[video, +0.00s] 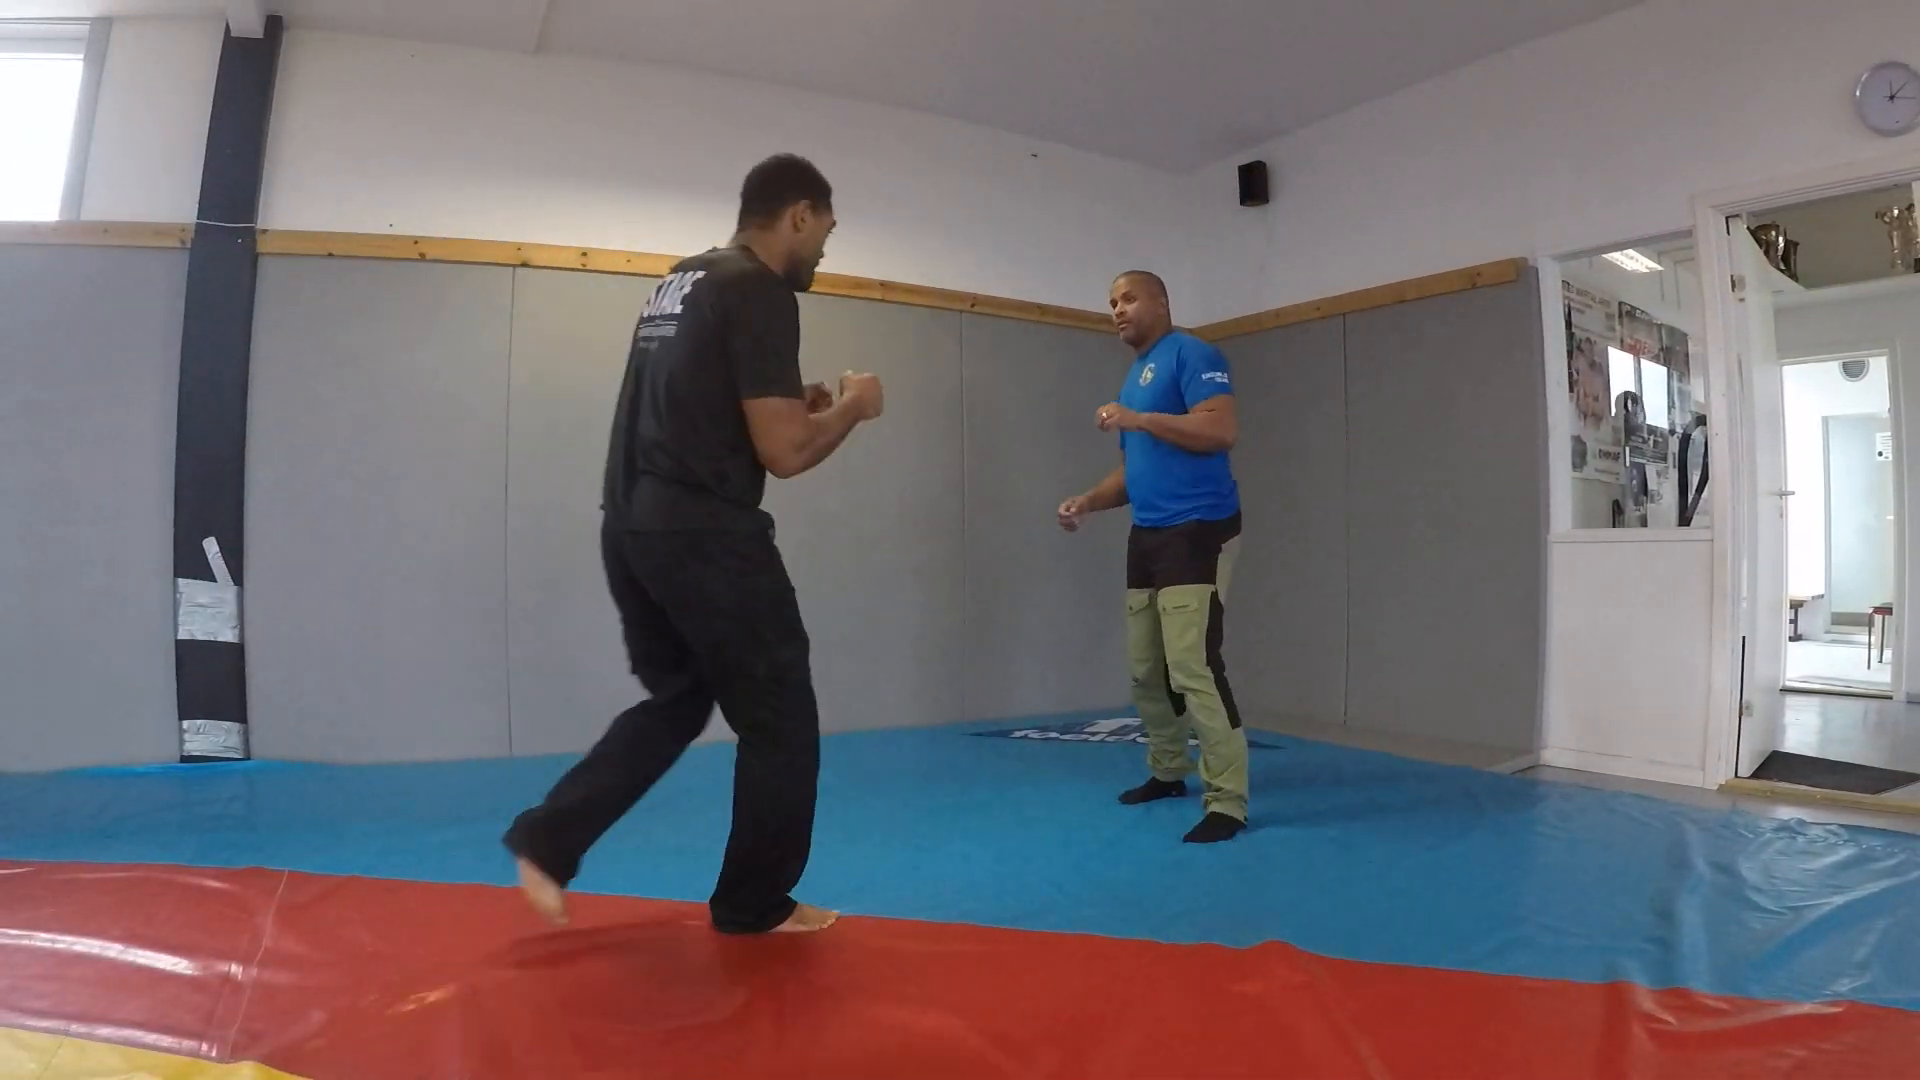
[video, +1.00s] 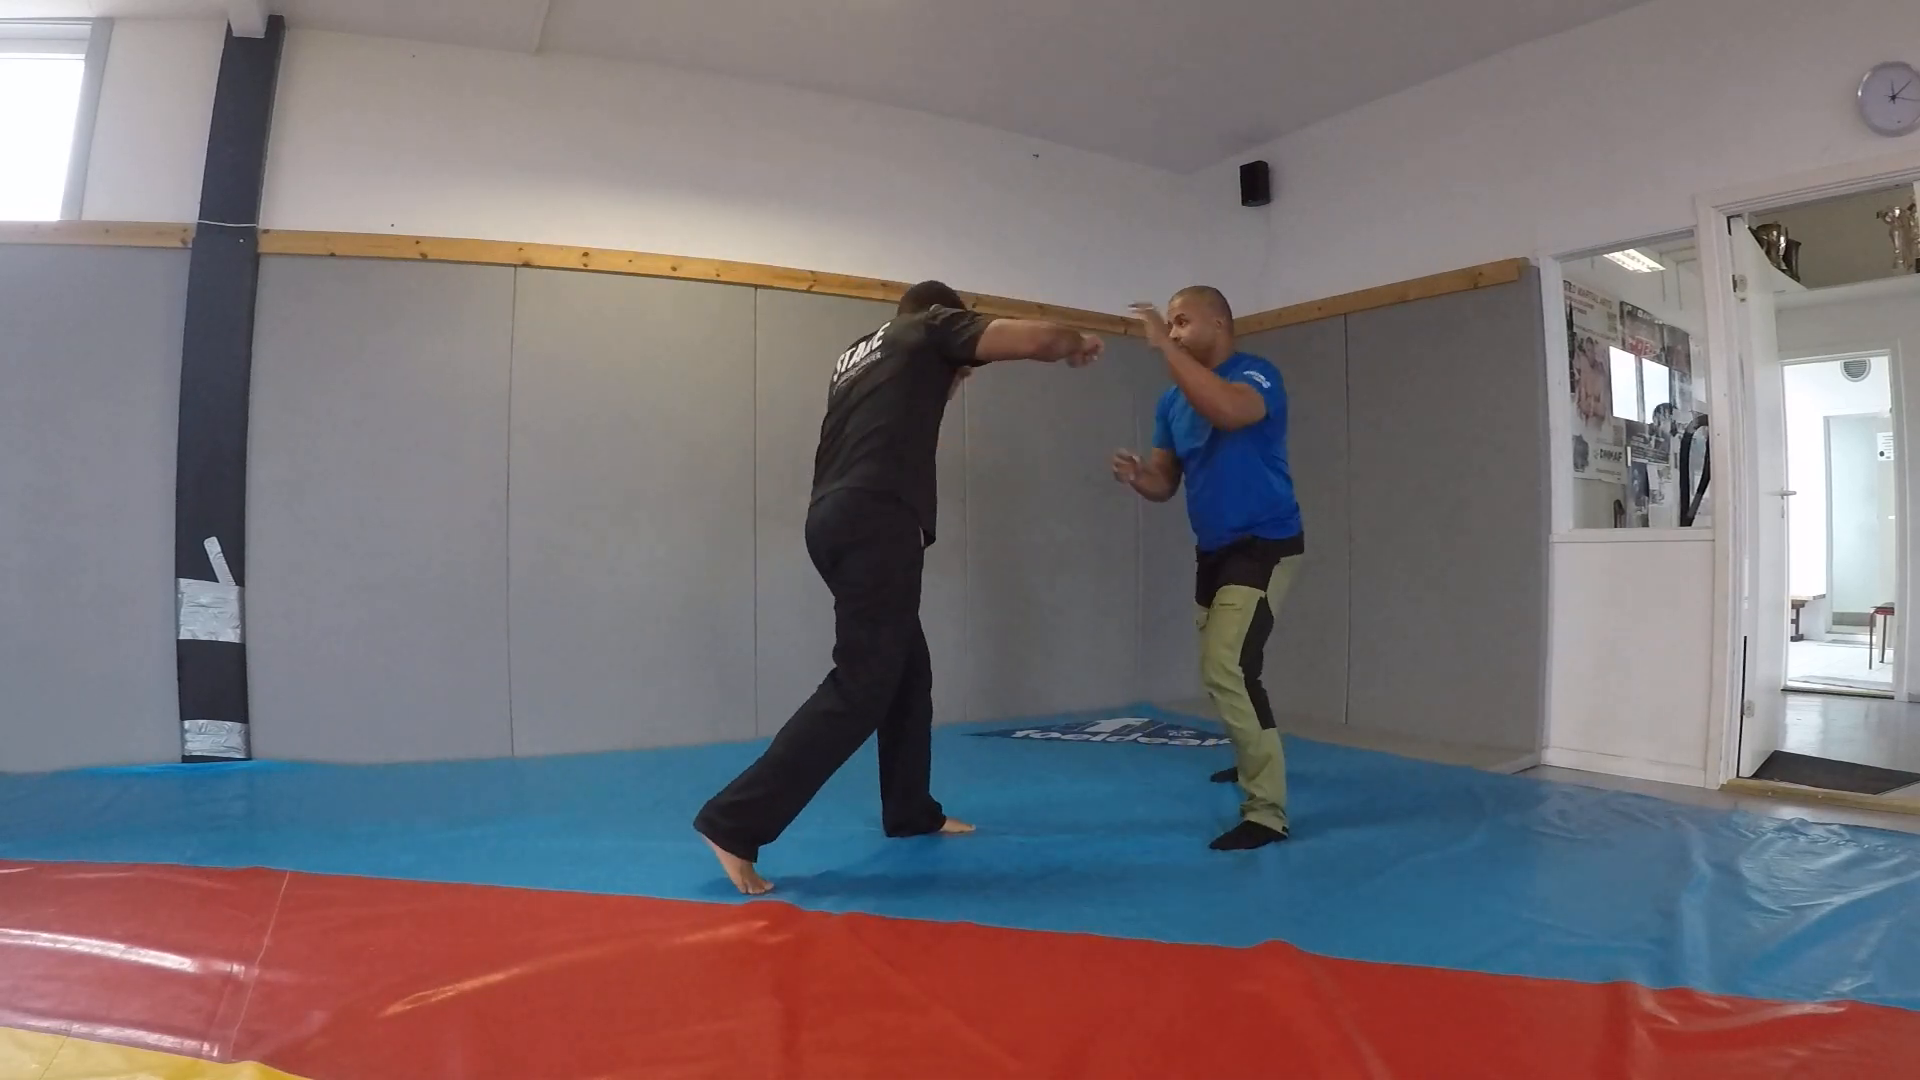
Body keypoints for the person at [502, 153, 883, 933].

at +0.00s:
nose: (824, 249)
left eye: (828, 234)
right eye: (826, 231)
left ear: (753, 215)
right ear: (798, 217)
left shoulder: (686, 278)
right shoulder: (758, 290)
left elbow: (703, 416)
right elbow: (788, 449)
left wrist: (799, 404)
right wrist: (850, 410)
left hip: (634, 528)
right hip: (710, 536)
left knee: (680, 697)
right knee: (782, 718)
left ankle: (548, 841)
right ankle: (753, 902)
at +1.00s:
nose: (964, 366)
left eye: (965, 354)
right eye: (963, 335)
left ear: (904, 311)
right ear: (947, 316)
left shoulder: (858, 354)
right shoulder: (930, 325)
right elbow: (1040, 338)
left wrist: (952, 370)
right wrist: (1072, 344)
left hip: (832, 521)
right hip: (876, 517)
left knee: (909, 670)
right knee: (866, 681)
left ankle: (910, 812)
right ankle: (734, 824)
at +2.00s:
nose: (950, 324)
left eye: (954, 315)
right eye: (950, 312)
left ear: (896, 293)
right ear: (926, 294)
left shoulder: (827, 346)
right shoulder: (915, 343)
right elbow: (1013, 423)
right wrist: (1062, 420)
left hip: (816, 538)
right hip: (841, 544)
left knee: (914, 669)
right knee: (805, 712)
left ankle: (939, 811)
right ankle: (708, 874)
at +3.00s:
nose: (856, 343)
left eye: (856, 337)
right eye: (855, 336)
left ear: (799, 329)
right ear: (841, 328)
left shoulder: (749, 378)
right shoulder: (838, 347)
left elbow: (735, 471)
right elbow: (960, 355)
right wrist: (980, 368)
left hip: (739, 533)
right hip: (781, 530)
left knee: (825, 666)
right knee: (758, 687)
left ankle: (820, 802)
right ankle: (657, 847)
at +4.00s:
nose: (519, 272)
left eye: (525, 258)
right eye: (509, 255)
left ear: (519, 260)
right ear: (454, 247)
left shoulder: (534, 344)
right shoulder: (362, 308)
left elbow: (634, 386)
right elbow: (289, 384)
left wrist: (637, 446)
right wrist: (303, 451)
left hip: (479, 548)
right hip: (380, 540)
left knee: (529, 693)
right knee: (296, 674)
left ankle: (562, 835)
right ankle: (342, 846)